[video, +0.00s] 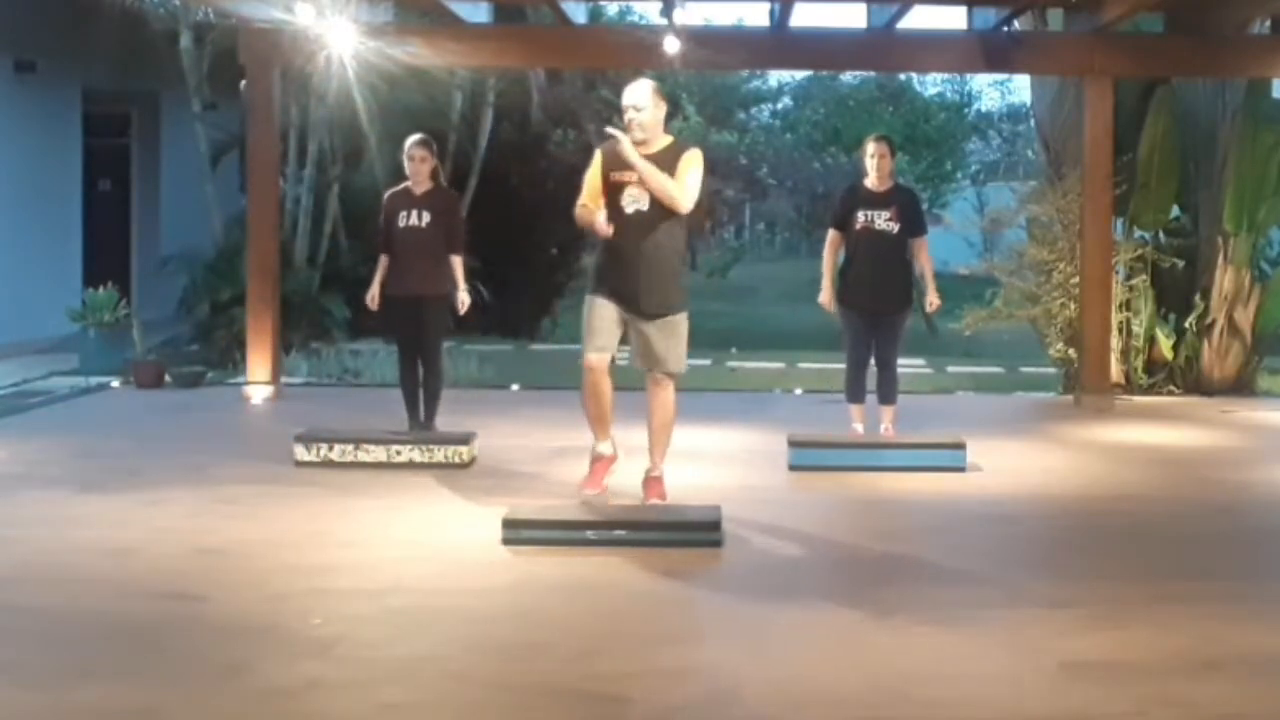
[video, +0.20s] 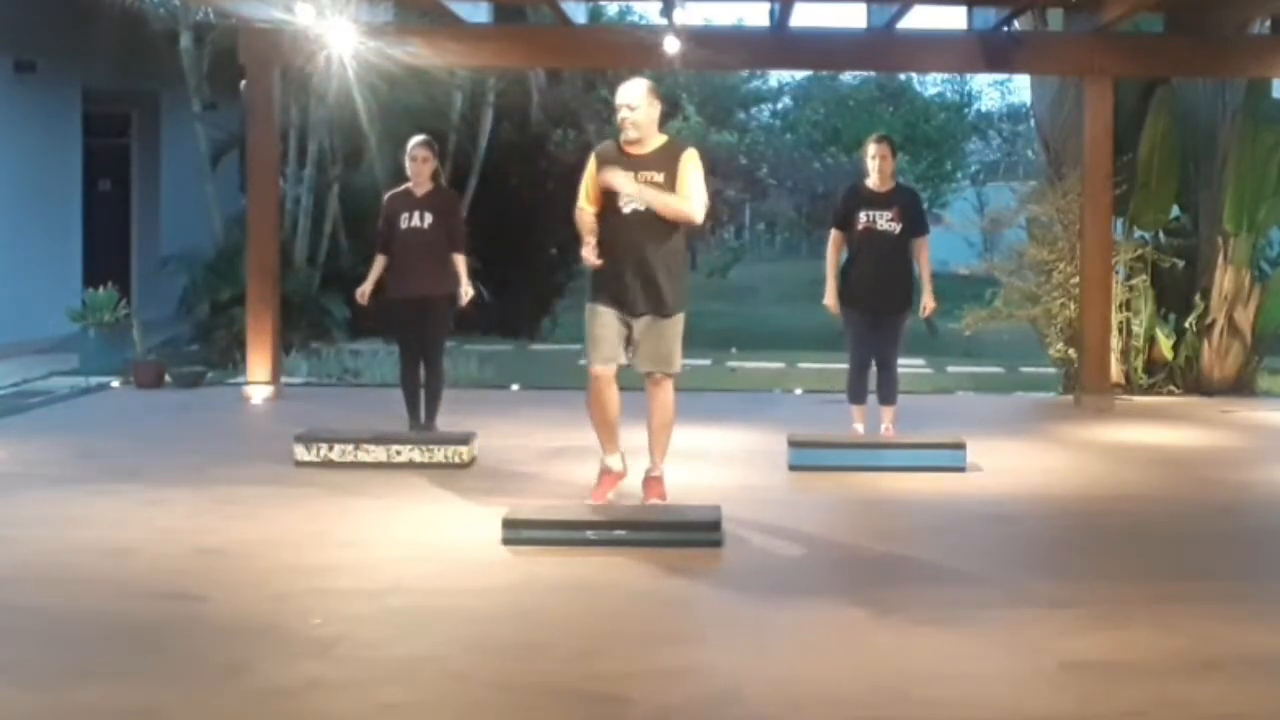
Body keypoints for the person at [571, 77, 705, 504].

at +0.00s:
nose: (631, 118)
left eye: (639, 110)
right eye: (626, 110)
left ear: (663, 113)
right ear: (621, 114)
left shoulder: (685, 156)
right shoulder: (607, 154)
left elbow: (683, 201)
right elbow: (583, 206)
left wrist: (634, 159)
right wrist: (595, 219)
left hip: (662, 289)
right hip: (610, 283)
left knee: (661, 379)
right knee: (594, 363)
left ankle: (656, 470)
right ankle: (603, 449)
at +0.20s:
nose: (623, 117)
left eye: (632, 109)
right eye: (619, 109)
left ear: (656, 112)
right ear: (615, 113)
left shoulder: (683, 157)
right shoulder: (603, 157)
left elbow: (694, 210)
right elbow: (585, 206)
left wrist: (634, 187)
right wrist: (589, 238)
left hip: (662, 288)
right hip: (609, 284)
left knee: (659, 379)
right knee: (600, 373)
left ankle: (656, 471)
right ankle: (611, 462)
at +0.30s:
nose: (618, 115)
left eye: (627, 108)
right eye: (614, 108)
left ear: (651, 110)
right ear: (610, 111)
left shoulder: (678, 158)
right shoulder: (598, 157)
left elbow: (700, 219)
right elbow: (579, 209)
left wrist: (646, 232)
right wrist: (592, 237)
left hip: (660, 295)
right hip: (608, 292)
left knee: (659, 380)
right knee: (609, 379)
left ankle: (656, 473)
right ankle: (619, 473)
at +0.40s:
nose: (613, 114)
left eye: (622, 106)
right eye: (610, 106)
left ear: (646, 110)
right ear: (605, 111)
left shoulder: (674, 159)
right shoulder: (590, 157)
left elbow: (711, 211)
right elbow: (567, 215)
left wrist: (672, 252)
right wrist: (587, 207)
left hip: (656, 291)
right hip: (606, 290)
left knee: (656, 379)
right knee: (609, 379)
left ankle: (656, 471)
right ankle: (618, 473)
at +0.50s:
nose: (616, 114)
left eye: (625, 106)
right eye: (611, 106)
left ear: (645, 111)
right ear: (605, 112)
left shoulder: (672, 156)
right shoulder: (589, 156)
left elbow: (721, 198)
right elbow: (562, 214)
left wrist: (687, 248)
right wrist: (588, 187)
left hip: (652, 290)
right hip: (602, 290)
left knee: (652, 375)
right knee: (607, 379)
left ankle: (657, 465)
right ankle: (618, 473)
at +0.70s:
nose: (624, 110)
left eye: (632, 103)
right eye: (618, 103)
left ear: (650, 109)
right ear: (609, 109)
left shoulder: (675, 158)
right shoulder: (589, 158)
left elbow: (713, 208)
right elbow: (568, 212)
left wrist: (673, 242)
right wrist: (589, 236)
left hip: (655, 289)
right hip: (605, 289)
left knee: (655, 379)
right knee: (607, 379)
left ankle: (656, 474)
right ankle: (617, 472)